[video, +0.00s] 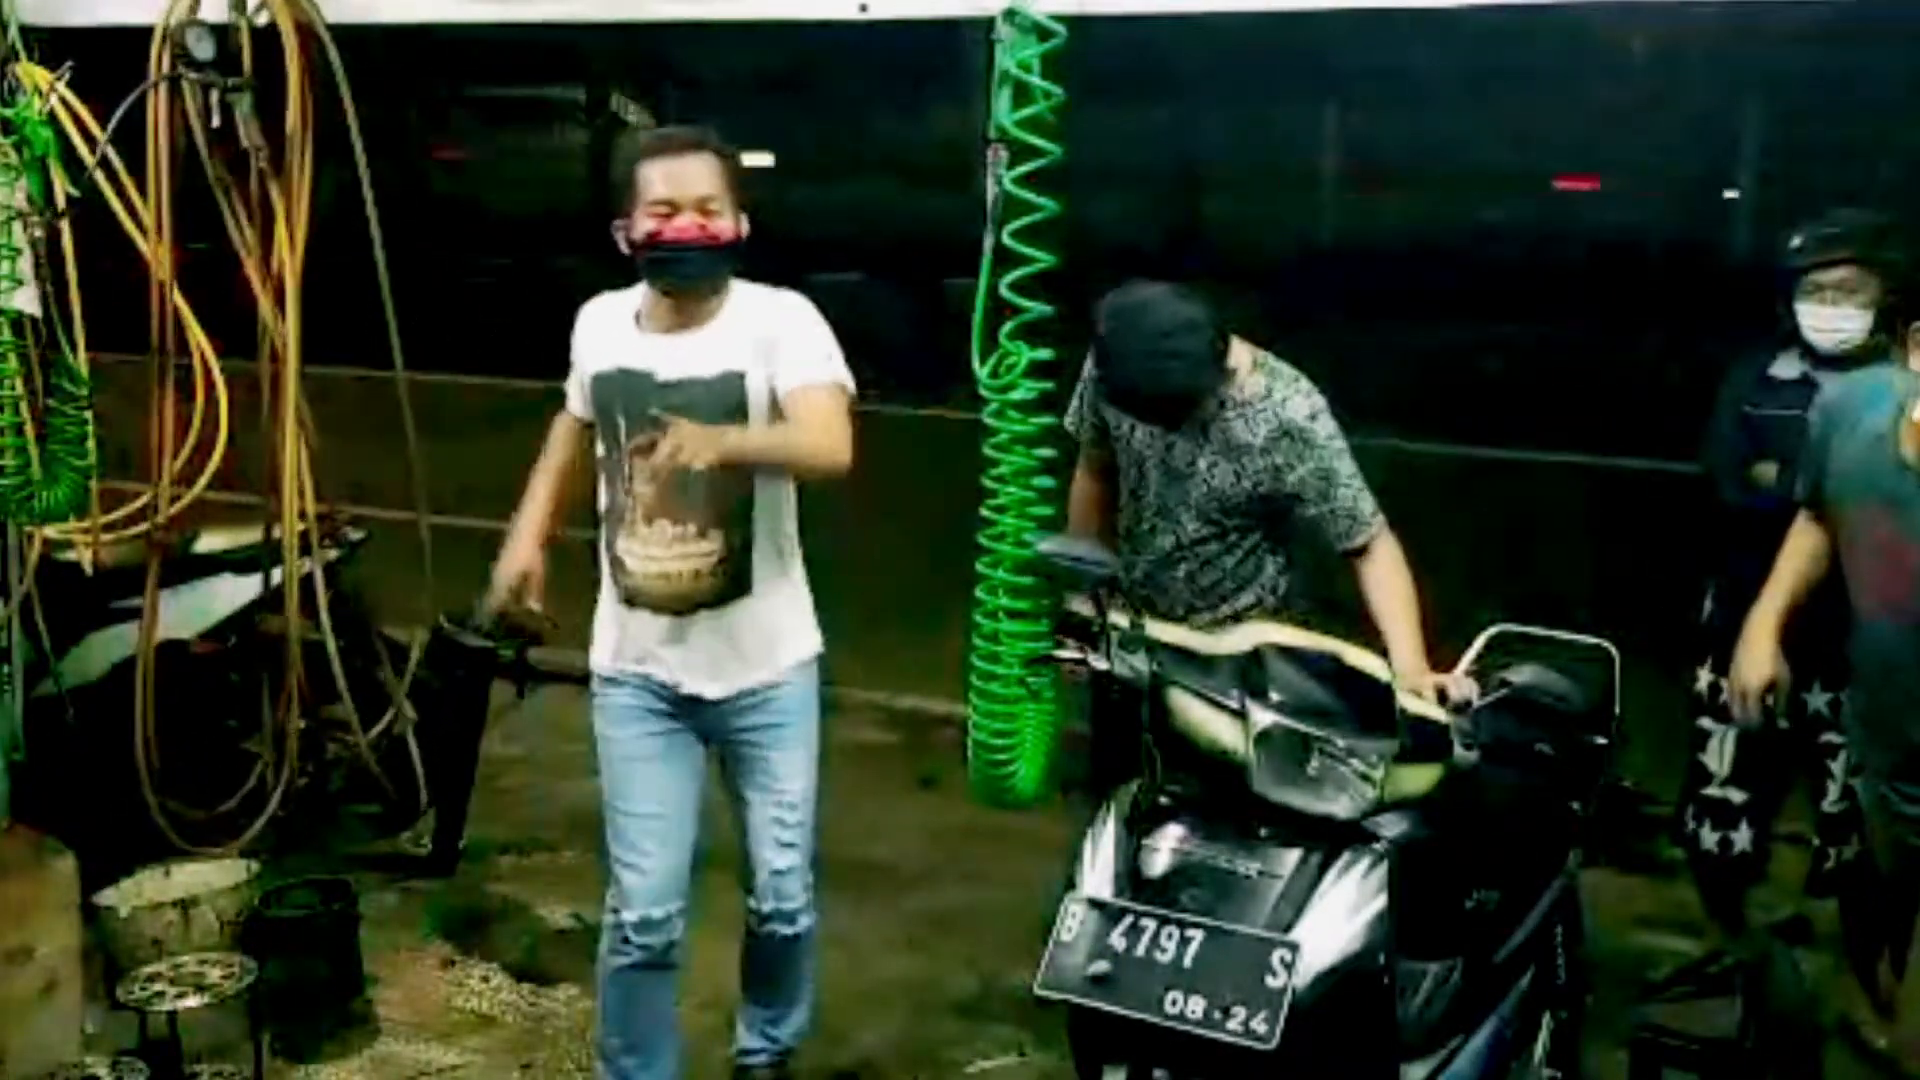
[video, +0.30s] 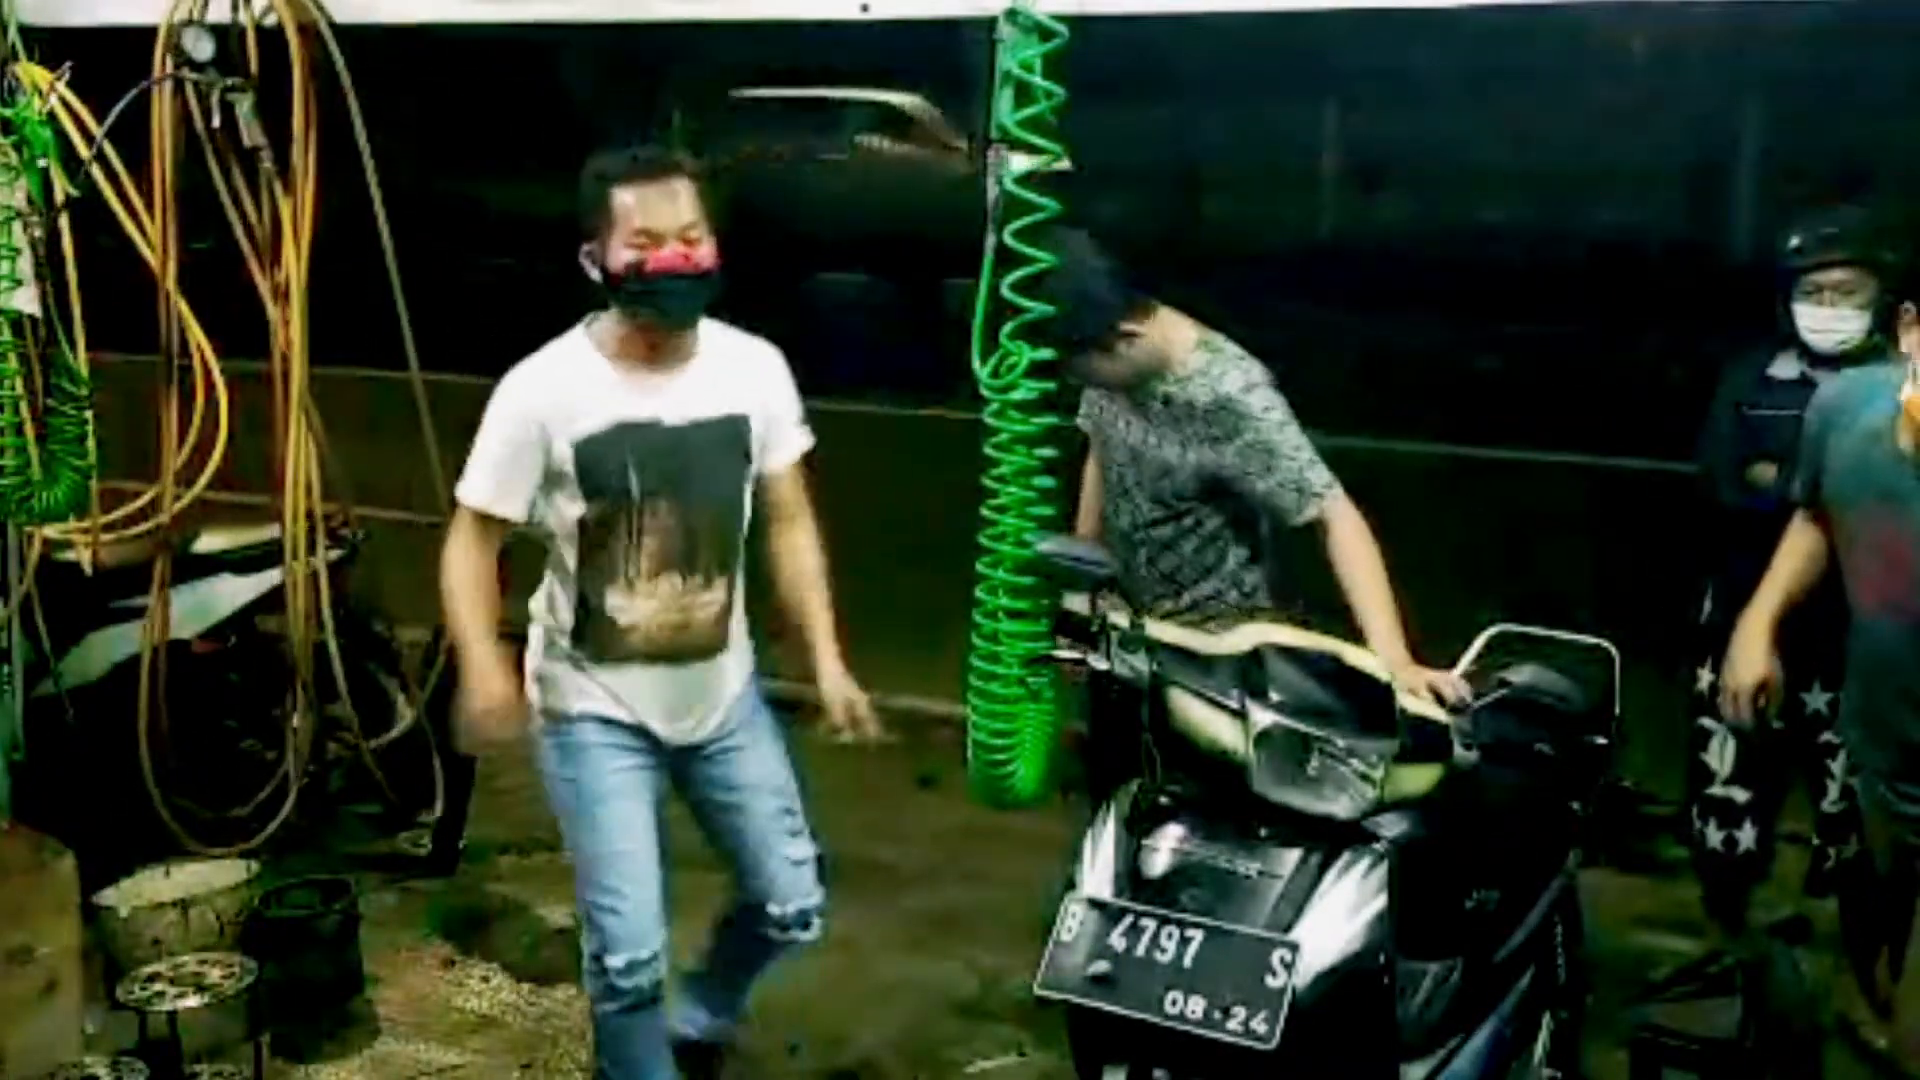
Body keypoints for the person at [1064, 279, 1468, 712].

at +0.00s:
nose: (1154, 420)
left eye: (1163, 409)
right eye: (1140, 408)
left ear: (1198, 381)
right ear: (1120, 371)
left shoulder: (1288, 416)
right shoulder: (1116, 368)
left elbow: (1371, 544)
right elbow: (1092, 474)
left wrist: (1413, 673)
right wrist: (1081, 593)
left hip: (1240, 655)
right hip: (1130, 634)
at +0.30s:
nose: (1085, 379)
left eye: (1083, 366)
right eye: (1074, 368)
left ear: (1114, 335)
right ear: (1111, 327)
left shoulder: (1231, 394)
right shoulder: (1114, 362)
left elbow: (1336, 515)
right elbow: (1101, 453)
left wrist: (1395, 661)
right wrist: (1084, 568)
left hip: (1225, 657)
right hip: (1129, 633)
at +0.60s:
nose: (1030, 341)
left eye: (1027, 324)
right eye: (1021, 328)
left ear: (1054, 296)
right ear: (1054, 293)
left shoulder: (1158, 366)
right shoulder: (1092, 353)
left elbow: (1203, 518)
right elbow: (1099, 510)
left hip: (1159, 634)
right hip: (1106, 627)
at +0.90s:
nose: (1002, 326)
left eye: (994, 312)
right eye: (993, 315)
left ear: (1010, 288)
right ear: (1035, 271)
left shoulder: (1089, 350)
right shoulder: (1122, 332)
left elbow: (1080, 516)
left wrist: (992, 597)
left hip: (1112, 615)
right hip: (1148, 599)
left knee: (1086, 828)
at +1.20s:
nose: (975, 313)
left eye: (974, 296)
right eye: (971, 299)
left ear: (997, 283)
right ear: (1044, 272)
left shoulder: (1015, 356)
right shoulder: (1122, 340)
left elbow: (1006, 512)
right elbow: (1129, 483)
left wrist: (974, 643)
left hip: (1039, 603)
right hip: (1129, 597)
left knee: (981, 772)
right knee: (1114, 776)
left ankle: (1002, 969)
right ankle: (1129, 950)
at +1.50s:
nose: (899, 288)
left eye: (897, 271)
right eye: (898, 272)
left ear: (918, 260)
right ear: (978, 249)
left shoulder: (938, 353)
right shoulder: (1070, 338)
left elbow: (934, 504)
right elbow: (1084, 477)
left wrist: (917, 632)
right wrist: (1060, 583)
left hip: (969, 616)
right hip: (1055, 611)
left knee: (948, 788)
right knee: (1046, 781)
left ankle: (969, 961)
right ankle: (1101, 932)